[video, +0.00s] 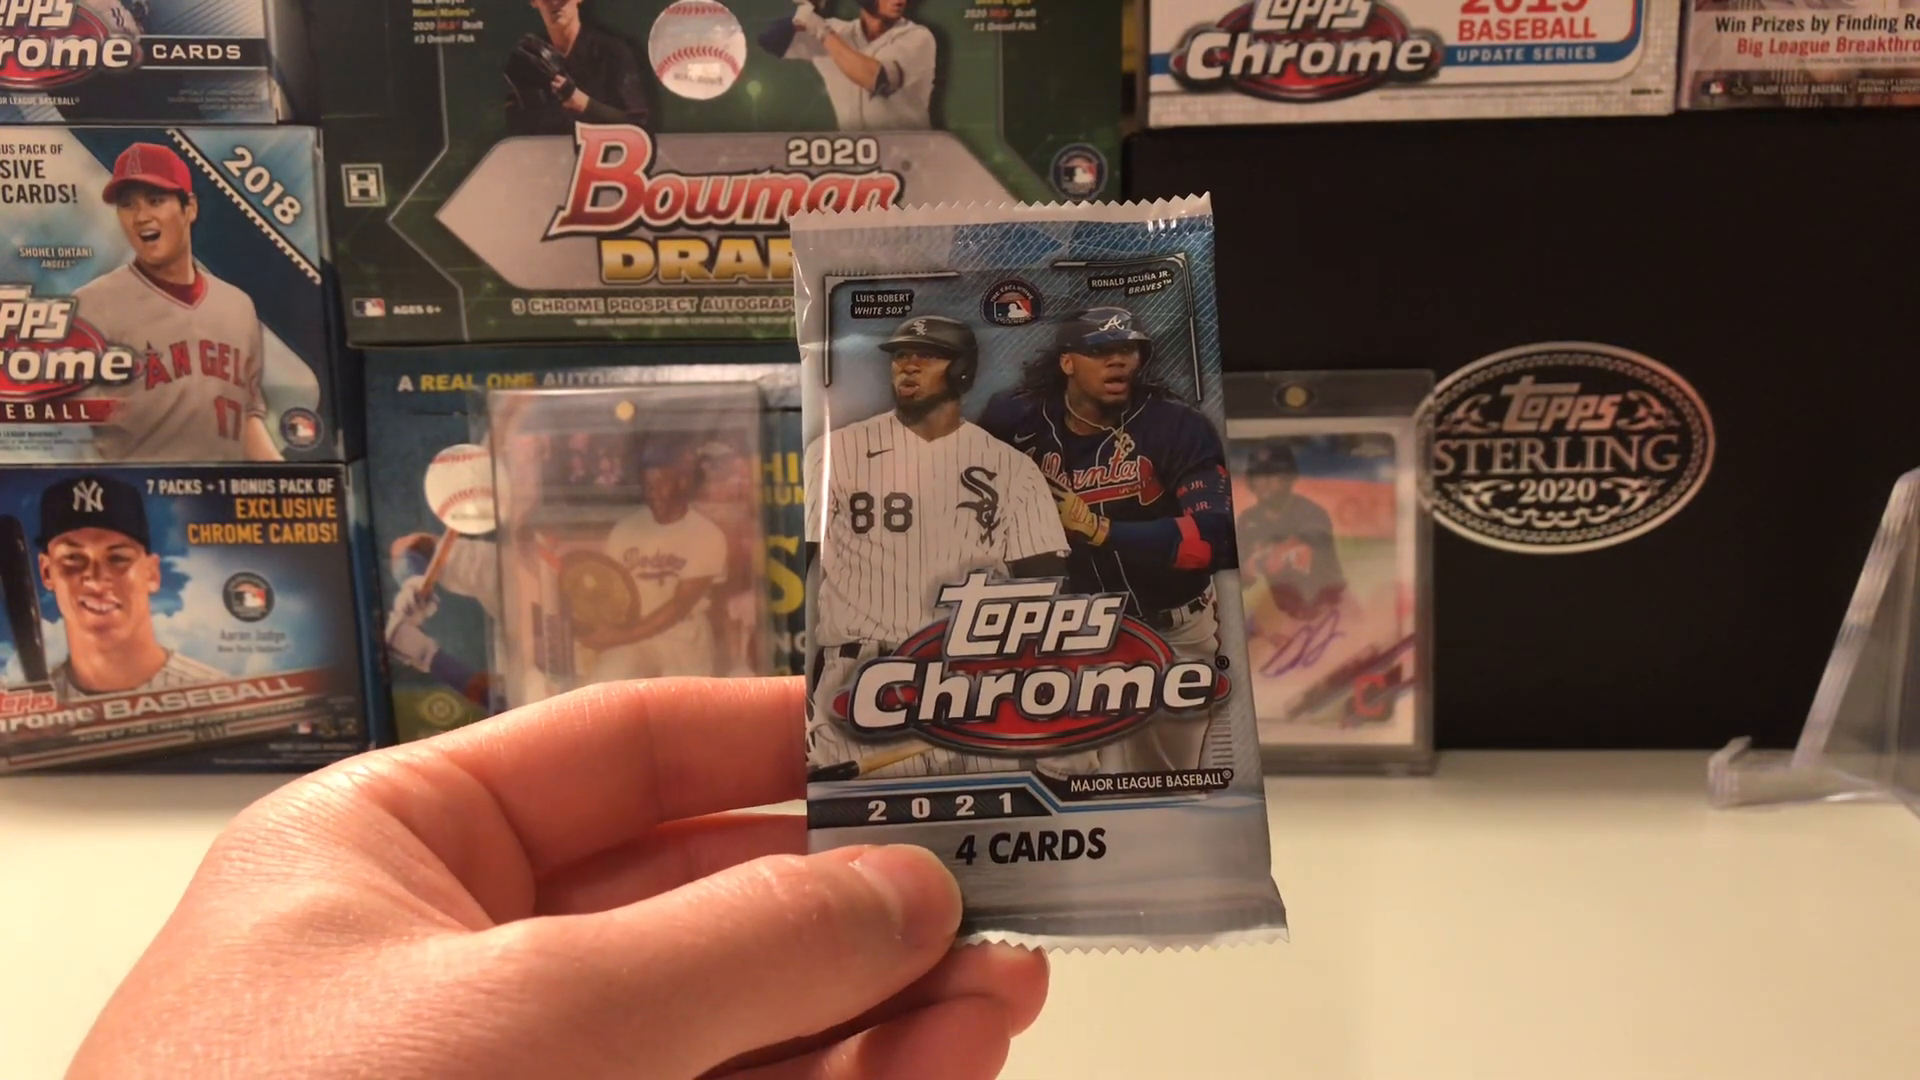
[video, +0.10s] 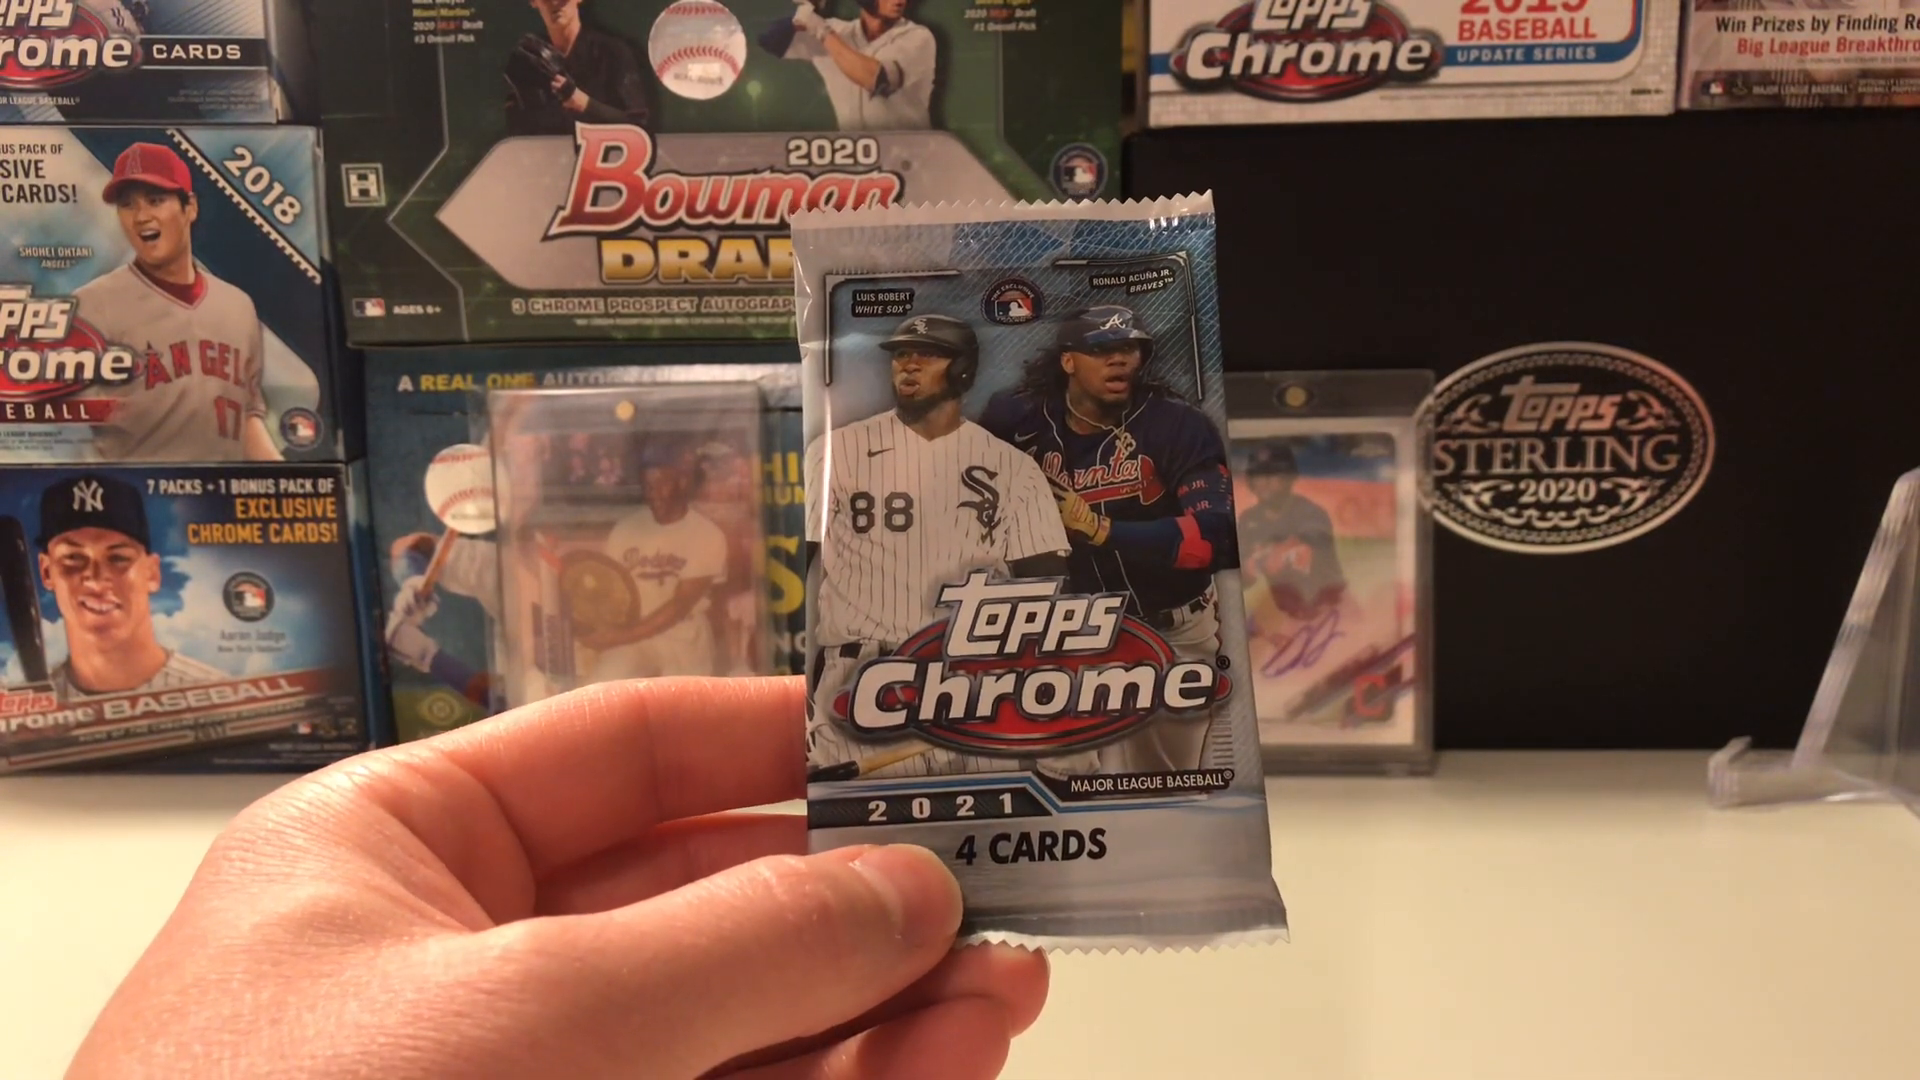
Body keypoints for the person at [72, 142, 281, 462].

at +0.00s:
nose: (143, 216)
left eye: (156, 200)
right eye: (128, 204)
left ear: (190, 209)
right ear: (119, 217)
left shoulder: (239, 307)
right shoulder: (91, 307)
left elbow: (248, 414)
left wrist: (283, 484)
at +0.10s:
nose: (142, 216)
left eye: (157, 199)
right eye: (128, 203)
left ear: (190, 209)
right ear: (119, 217)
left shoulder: (239, 307)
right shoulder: (91, 307)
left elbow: (248, 414)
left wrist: (284, 484)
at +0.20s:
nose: (142, 216)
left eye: (157, 199)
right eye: (128, 203)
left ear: (190, 209)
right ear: (118, 217)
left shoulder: (239, 307)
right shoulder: (91, 306)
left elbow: (248, 414)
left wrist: (283, 483)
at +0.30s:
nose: (142, 216)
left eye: (156, 199)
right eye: (128, 203)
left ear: (190, 209)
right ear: (118, 217)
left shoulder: (239, 307)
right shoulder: (91, 307)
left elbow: (247, 414)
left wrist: (283, 483)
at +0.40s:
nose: (142, 216)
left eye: (157, 199)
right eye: (128, 203)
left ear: (189, 209)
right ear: (118, 217)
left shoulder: (239, 306)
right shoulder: (91, 306)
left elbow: (247, 414)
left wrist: (283, 483)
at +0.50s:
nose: (142, 216)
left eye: (156, 199)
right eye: (128, 203)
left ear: (189, 209)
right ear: (118, 217)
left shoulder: (239, 307)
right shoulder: (91, 307)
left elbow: (247, 414)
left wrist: (283, 483)